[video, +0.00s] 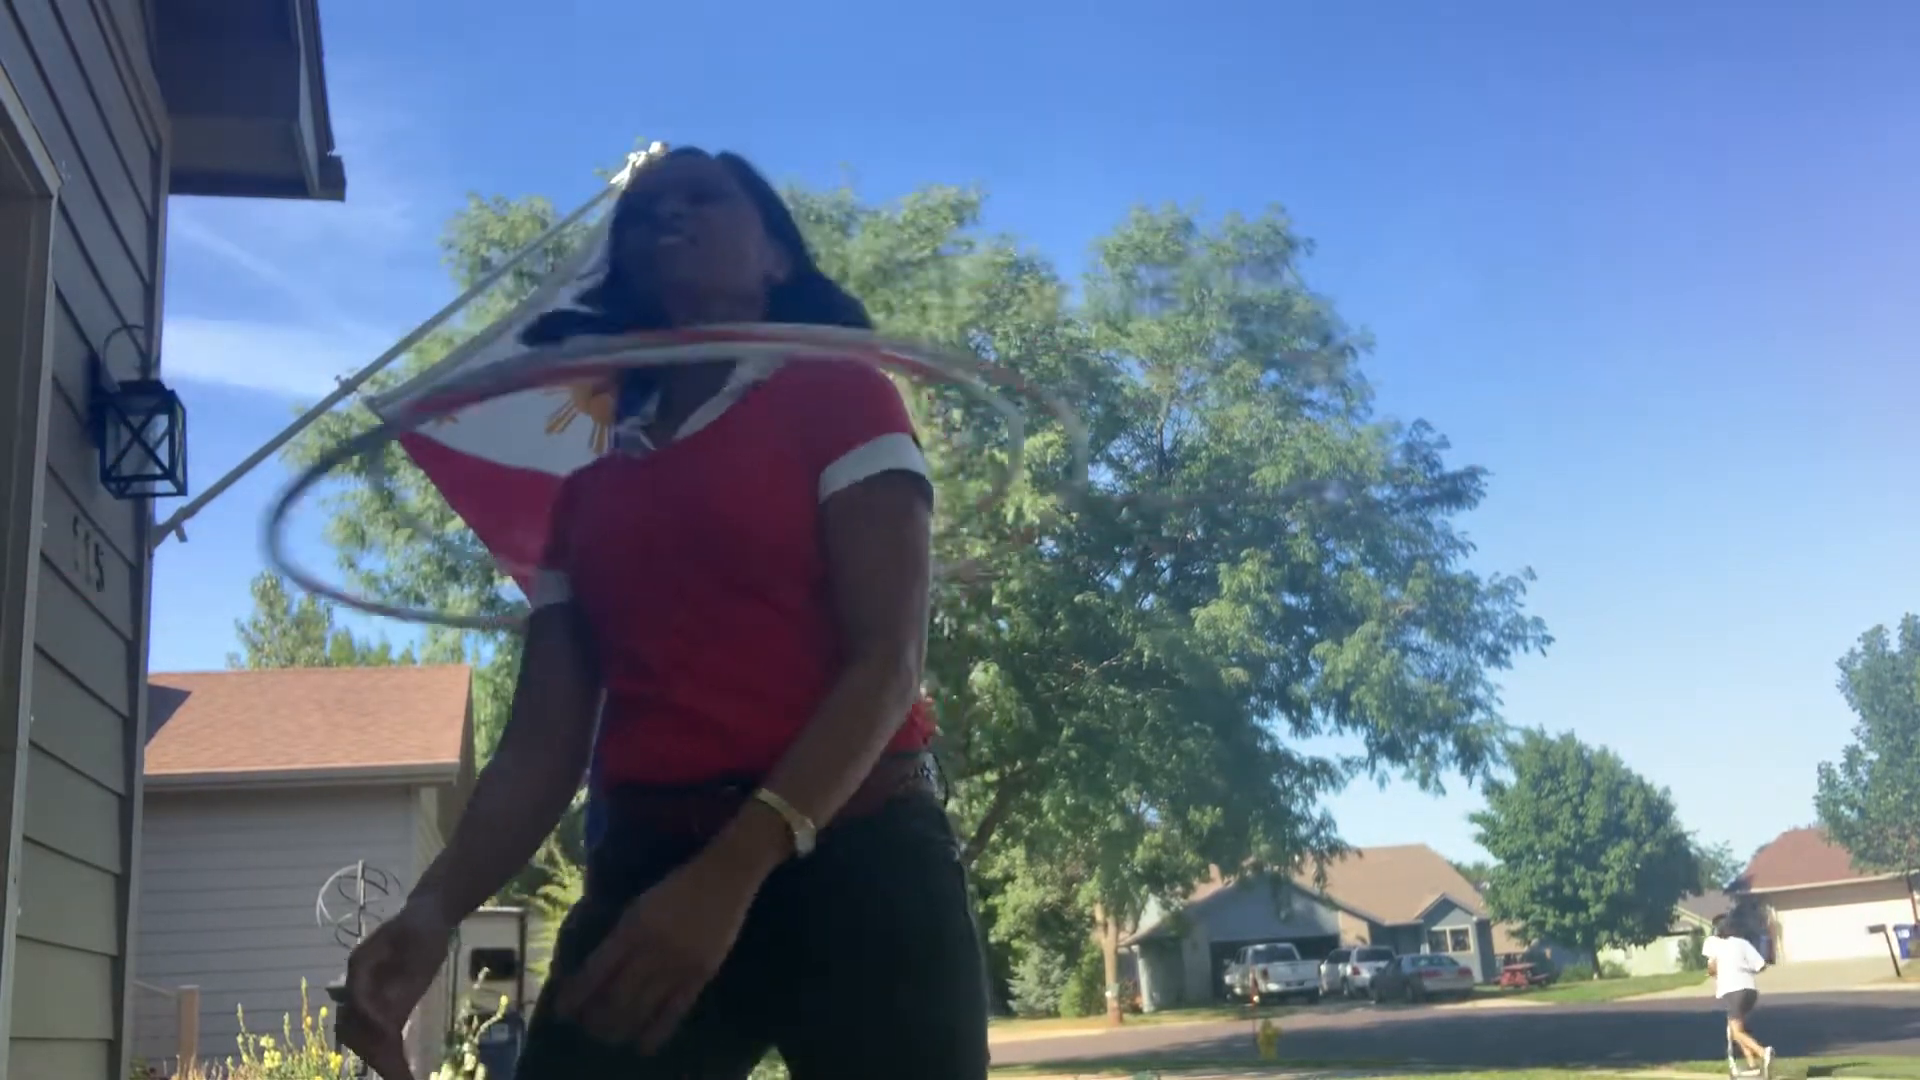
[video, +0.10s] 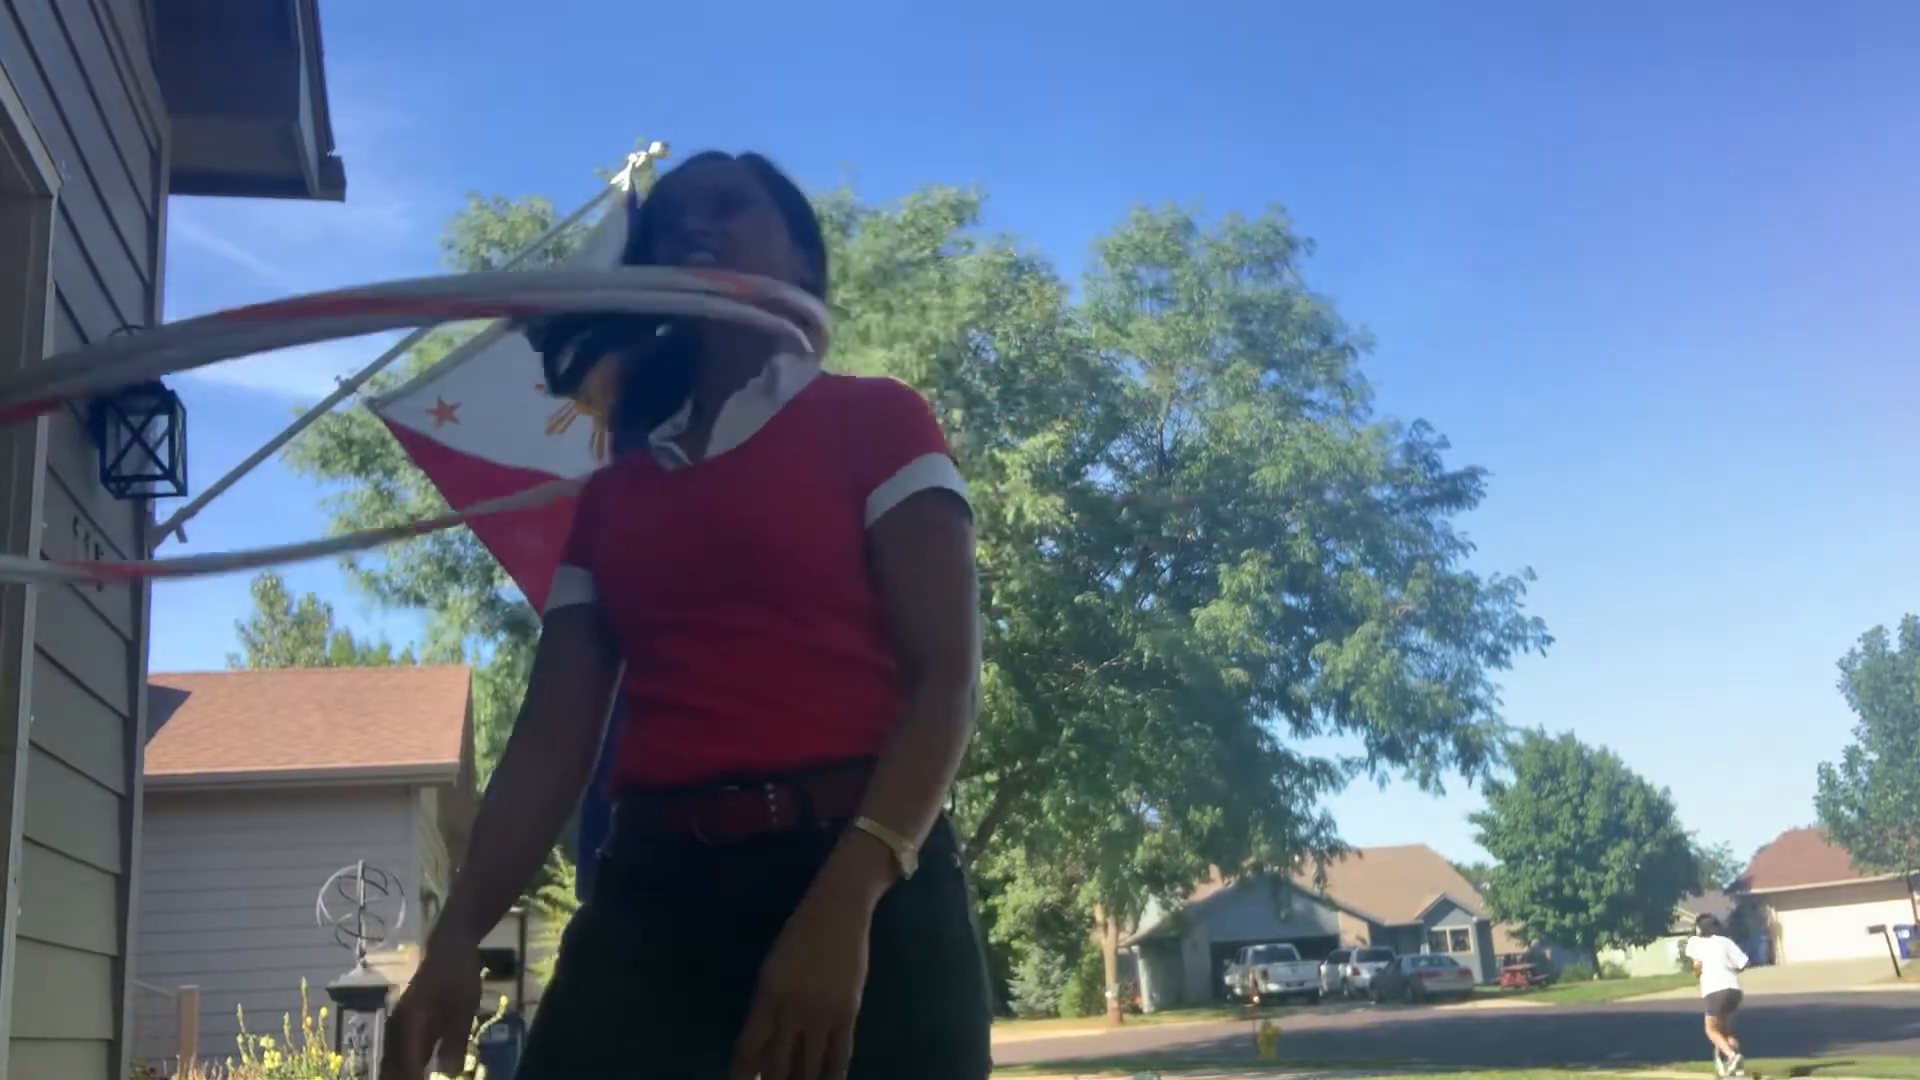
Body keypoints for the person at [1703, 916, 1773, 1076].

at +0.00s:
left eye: (1716, 929)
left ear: (1718, 930)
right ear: (1734, 929)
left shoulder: (1715, 942)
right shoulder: (1743, 942)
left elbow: (1712, 966)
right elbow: (1760, 965)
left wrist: (1713, 972)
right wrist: (1743, 970)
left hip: (1731, 988)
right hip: (1750, 987)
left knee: (1737, 1032)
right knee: (1736, 1029)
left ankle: (1763, 1053)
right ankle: (1752, 1064)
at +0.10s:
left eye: (1699, 929)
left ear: (1700, 929)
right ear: (1715, 927)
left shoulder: (1696, 942)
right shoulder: (1725, 941)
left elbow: (1697, 964)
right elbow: (1742, 962)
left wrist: (1697, 973)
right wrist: (1728, 970)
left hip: (1714, 988)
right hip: (1734, 987)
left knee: (1711, 1028)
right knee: (1725, 1026)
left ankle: (1732, 1056)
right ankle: (1735, 1062)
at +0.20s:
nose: (1684, 933)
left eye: (1684, 930)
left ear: (1687, 930)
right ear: (1701, 927)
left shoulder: (1686, 944)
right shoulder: (1712, 941)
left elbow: (1686, 967)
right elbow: (1730, 960)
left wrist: (1686, 976)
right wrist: (1717, 970)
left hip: (1704, 990)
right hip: (1723, 988)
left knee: (1696, 1026)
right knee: (1714, 1026)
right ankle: (1726, 1064)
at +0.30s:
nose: (1672, 935)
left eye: (1672, 932)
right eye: (1673, 931)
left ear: (1673, 933)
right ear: (1687, 930)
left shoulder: (1672, 948)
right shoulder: (1696, 941)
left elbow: (1674, 970)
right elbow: (1716, 959)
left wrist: (1674, 975)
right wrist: (1700, 968)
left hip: (1692, 992)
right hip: (1711, 989)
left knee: (1684, 1030)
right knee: (1702, 1028)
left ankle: (1679, 1068)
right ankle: (1713, 1064)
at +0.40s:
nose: (1656, 939)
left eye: (1657, 936)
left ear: (1659, 937)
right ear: (1674, 934)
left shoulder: (1658, 951)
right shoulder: (1685, 946)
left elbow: (1660, 972)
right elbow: (1700, 963)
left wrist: (1658, 978)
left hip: (1679, 997)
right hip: (1697, 994)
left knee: (1675, 1034)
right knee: (1689, 1033)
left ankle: (1675, 1070)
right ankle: (1698, 1065)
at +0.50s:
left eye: (1647, 936)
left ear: (1648, 937)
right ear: (1664, 935)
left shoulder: (1646, 951)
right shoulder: (1672, 946)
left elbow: (1646, 976)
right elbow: (1686, 967)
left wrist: (1644, 979)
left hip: (1666, 996)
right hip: (1684, 993)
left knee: (1669, 1034)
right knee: (1675, 1031)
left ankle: (1675, 1068)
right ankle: (1681, 1065)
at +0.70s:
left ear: (1624, 940)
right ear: (1638, 937)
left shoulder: (1624, 952)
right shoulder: (1647, 948)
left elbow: (1622, 975)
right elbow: (1659, 968)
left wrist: (1619, 980)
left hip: (1644, 993)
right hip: (1659, 990)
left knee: (1653, 1031)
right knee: (1645, 1027)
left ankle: (1669, 1064)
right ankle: (1658, 1063)